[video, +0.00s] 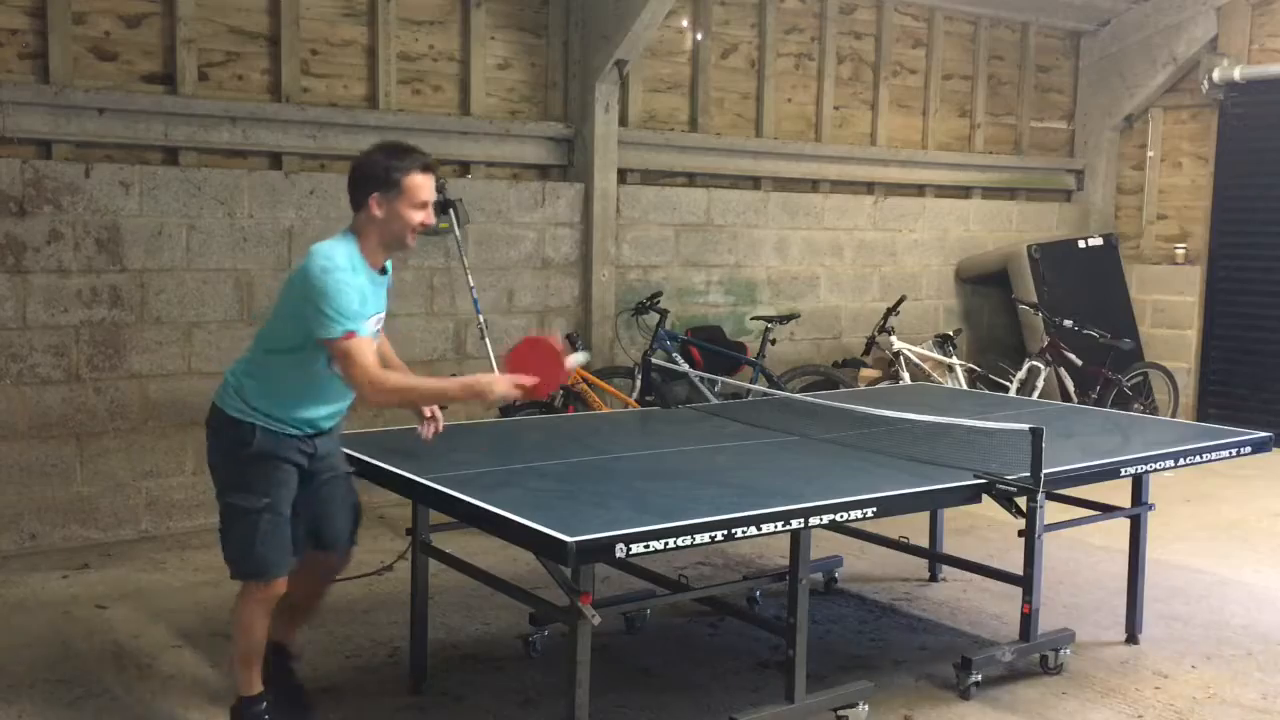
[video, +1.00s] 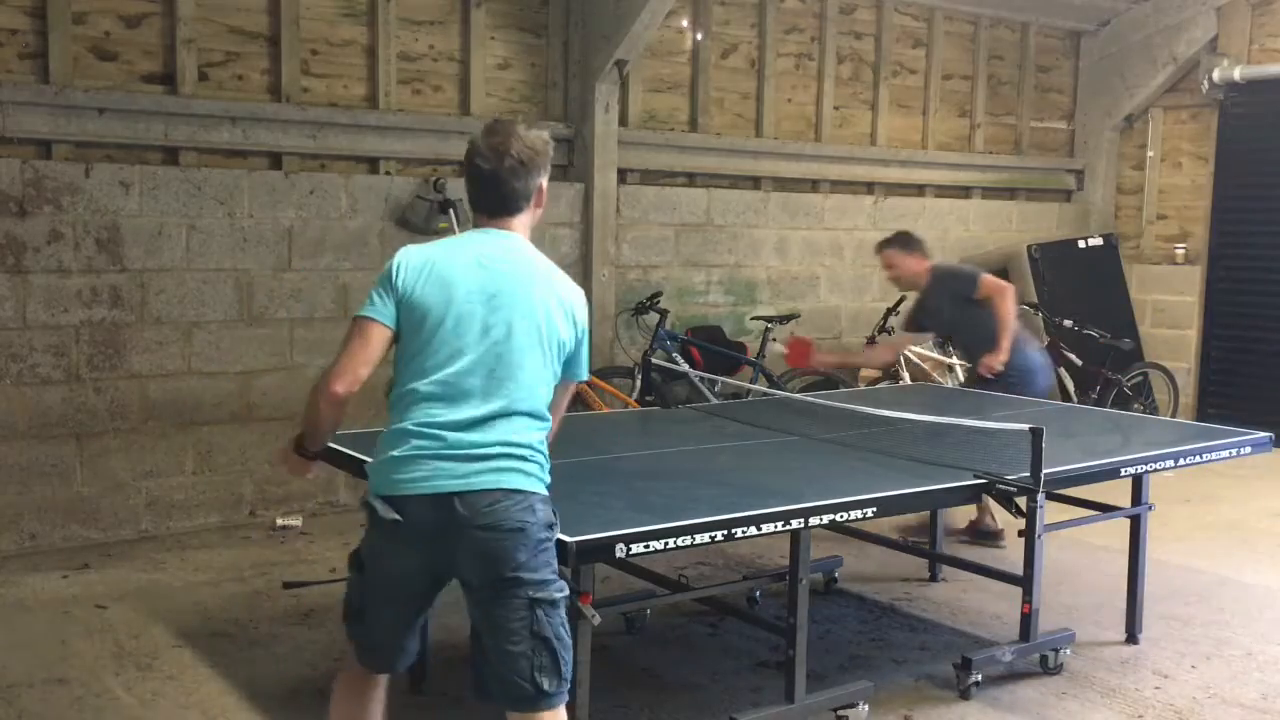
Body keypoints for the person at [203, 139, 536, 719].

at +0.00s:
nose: (429, 219)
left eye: (432, 207)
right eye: (419, 206)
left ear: (389, 209)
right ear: (374, 205)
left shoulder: (377, 265)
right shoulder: (330, 270)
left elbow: (375, 343)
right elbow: (370, 387)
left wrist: (417, 394)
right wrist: (474, 387)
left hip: (319, 429)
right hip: (258, 428)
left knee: (330, 549)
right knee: (267, 576)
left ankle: (274, 649)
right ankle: (248, 701)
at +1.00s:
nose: (550, 191)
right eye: (548, 182)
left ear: (468, 189)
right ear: (541, 193)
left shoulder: (412, 264)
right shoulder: (565, 295)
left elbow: (340, 386)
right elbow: (546, 429)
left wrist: (307, 447)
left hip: (406, 500)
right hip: (509, 503)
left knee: (366, 667)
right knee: (539, 700)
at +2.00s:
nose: (189, 193)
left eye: (186, 179)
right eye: (181, 180)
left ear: (120, 191)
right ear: (151, 190)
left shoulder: (63, 256)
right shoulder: (186, 268)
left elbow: (14, 359)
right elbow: (214, 375)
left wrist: (78, 370)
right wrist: (264, 387)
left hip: (72, 455)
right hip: (159, 451)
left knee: (72, 619)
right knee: (137, 598)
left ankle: (98, 712)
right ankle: (108, 706)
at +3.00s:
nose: (158, 187)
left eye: (152, 176)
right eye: (144, 178)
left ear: (118, 196)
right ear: (108, 196)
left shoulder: (142, 274)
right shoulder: (67, 263)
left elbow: (162, 359)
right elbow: (32, 363)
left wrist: (198, 389)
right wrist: (115, 399)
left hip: (94, 431)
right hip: (43, 428)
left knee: (74, 545)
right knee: (93, 562)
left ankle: (22, 646)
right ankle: (95, 703)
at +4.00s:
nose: (422, 245)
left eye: (432, 233)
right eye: (415, 229)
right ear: (370, 203)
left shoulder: (379, 258)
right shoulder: (308, 244)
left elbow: (323, 348)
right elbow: (228, 330)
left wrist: (334, 430)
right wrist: (291, 403)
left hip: (318, 461)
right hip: (240, 453)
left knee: (332, 618)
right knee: (175, 604)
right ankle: (86, 694)